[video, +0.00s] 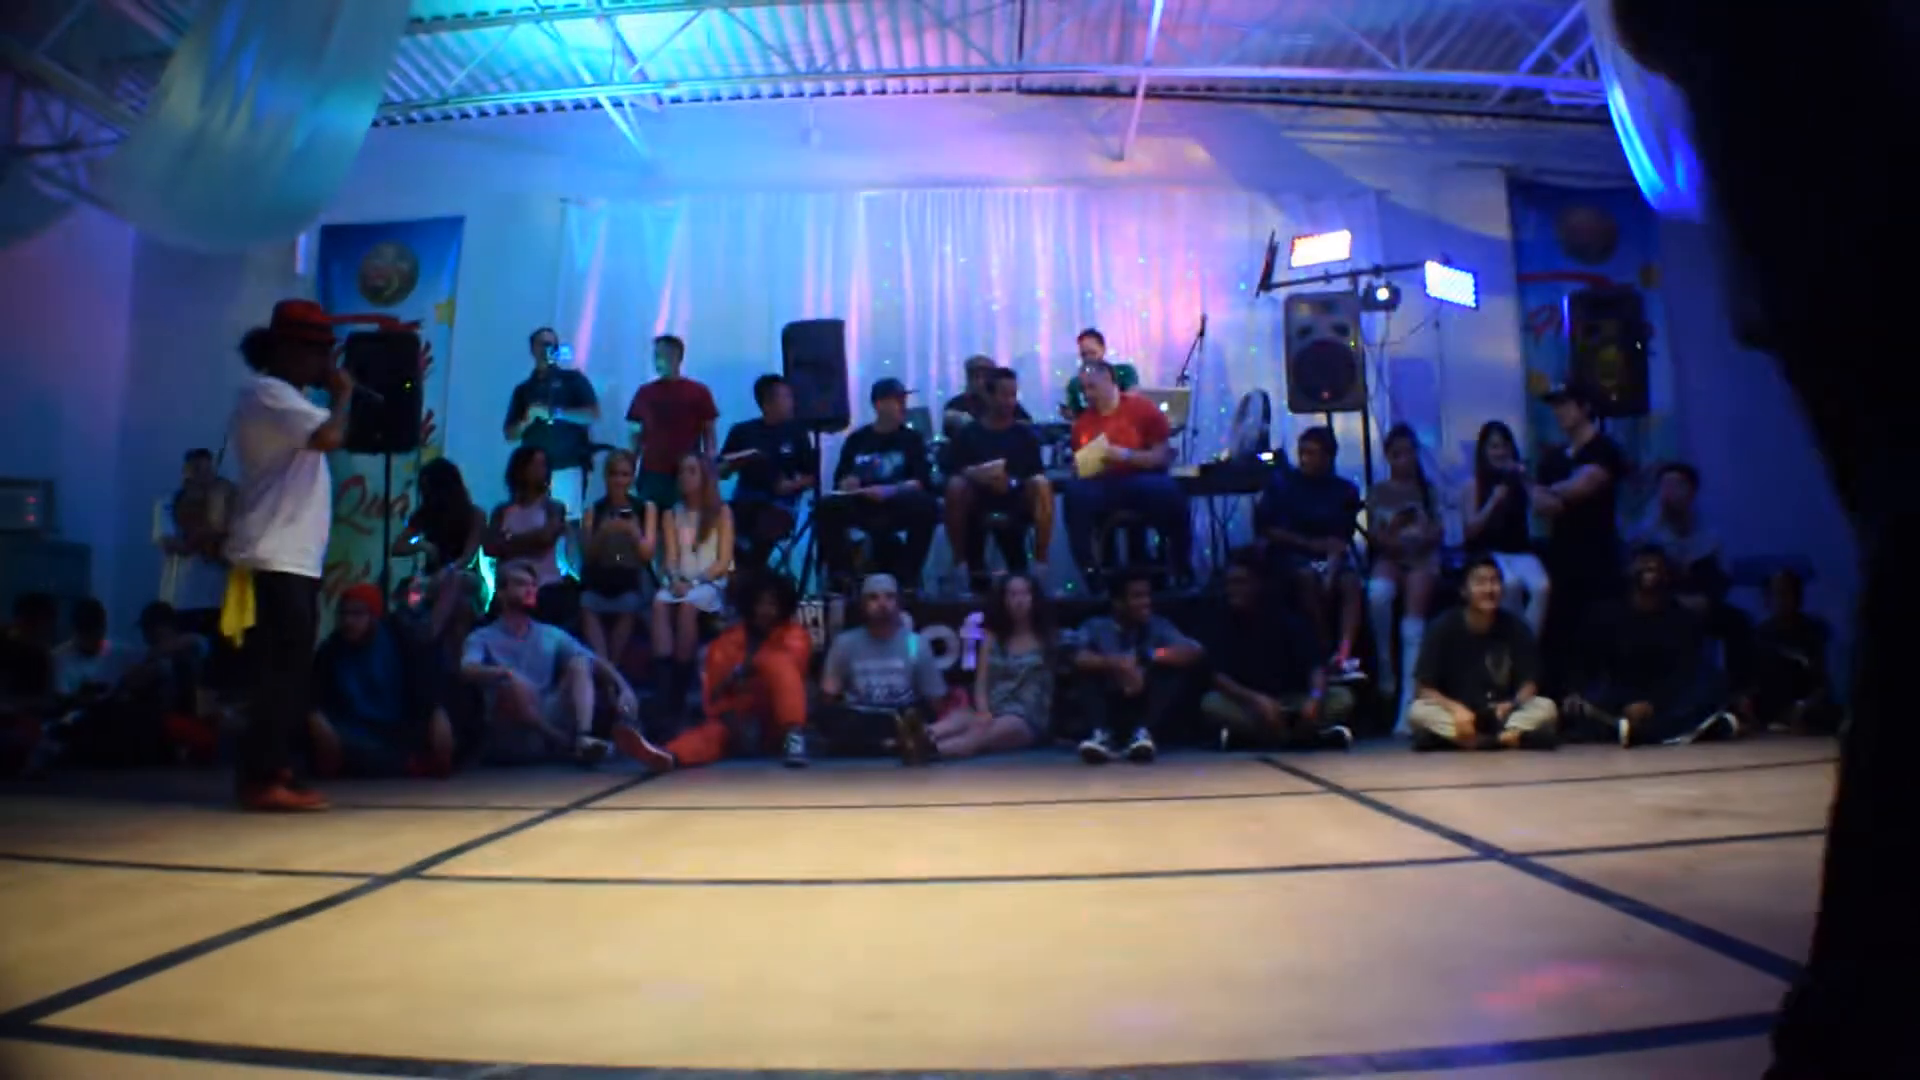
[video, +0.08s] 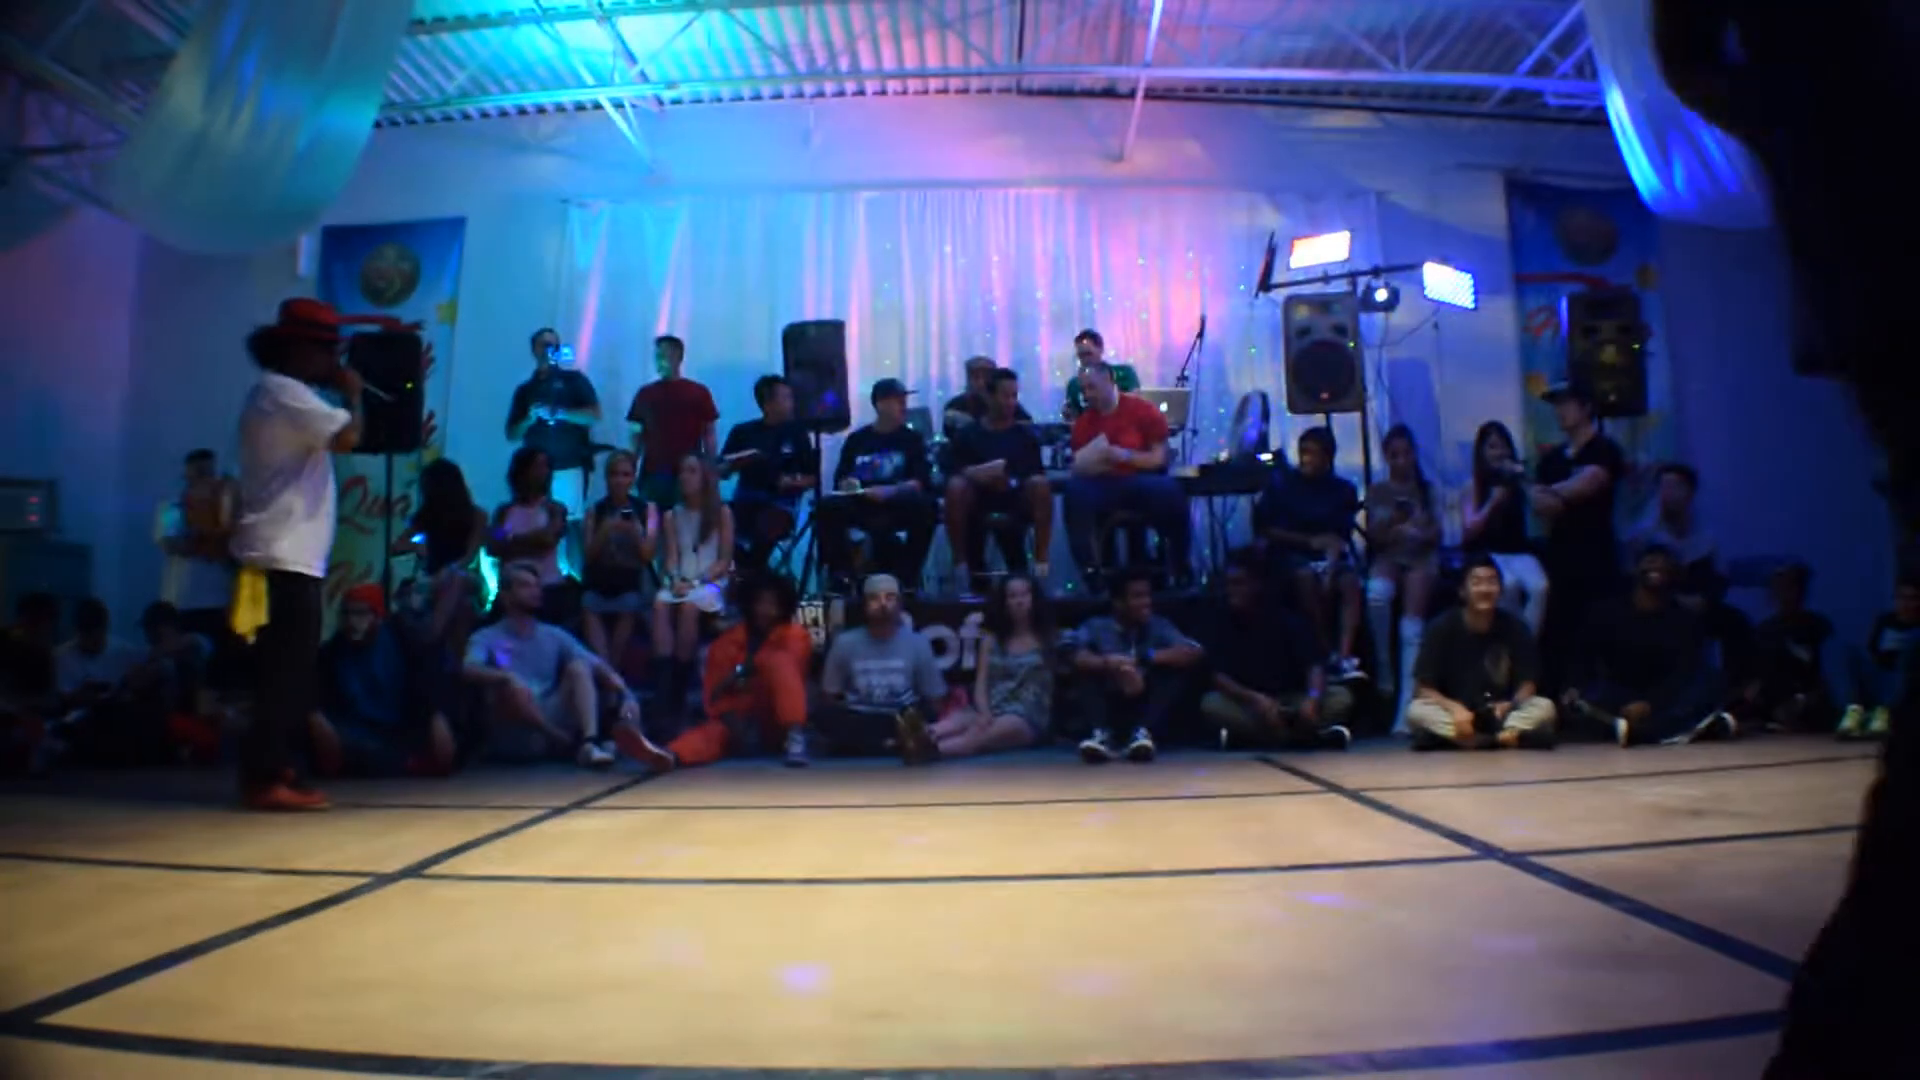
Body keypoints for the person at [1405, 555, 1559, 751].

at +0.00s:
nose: (1489, 589)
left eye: (1494, 581)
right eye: (1480, 582)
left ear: (1501, 587)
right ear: (1465, 590)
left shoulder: (1514, 626)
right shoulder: (1444, 628)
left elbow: (1530, 683)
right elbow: (1424, 688)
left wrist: (1512, 704)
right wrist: (1458, 711)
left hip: (1501, 704)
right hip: (1458, 706)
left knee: (1545, 707)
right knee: (1419, 711)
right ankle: (1508, 740)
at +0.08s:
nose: (1484, 589)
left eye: (1491, 582)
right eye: (1476, 582)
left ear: (1500, 589)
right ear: (1463, 591)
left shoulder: (1513, 627)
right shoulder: (1442, 628)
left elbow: (1528, 684)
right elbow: (1423, 688)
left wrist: (1510, 705)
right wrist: (1457, 710)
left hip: (1500, 704)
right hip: (1456, 706)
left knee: (1544, 707)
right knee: (1417, 710)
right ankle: (1503, 740)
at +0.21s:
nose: (1477, 590)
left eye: (1484, 583)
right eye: (1470, 584)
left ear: (1496, 590)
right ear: (1461, 589)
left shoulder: (1512, 628)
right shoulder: (1440, 628)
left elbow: (1525, 684)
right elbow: (1421, 688)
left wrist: (1508, 704)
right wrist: (1454, 710)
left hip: (1497, 704)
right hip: (1454, 704)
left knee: (1542, 706)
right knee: (1415, 709)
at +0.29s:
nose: (1476, 591)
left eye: (1484, 584)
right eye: (1470, 584)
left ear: (1496, 590)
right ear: (1460, 589)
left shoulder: (1512, 628)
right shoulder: (1440, 629)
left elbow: (1525, 683)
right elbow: (1421, 688)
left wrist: (1508, 703)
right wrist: (1455, 710)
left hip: (1497, 704)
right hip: (1454, 704)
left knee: (1541, 706)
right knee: (1415, 709)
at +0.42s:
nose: (1473, 592)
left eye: (1482, 584)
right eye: (1468, 585)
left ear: (1496, 589)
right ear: (1461, 590)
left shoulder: (1514, 628)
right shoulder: (1441, 628)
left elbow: (1527, 685)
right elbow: (1423, 689)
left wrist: (1508, 705)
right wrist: (1456, 711)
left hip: (1500, 704)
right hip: (1455, 705)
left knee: (1544, 707)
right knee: (1417, 710)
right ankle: (1504, 740)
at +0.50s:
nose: (1473, 592)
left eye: (1482, 585)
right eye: (1467, 585)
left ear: (1497, 590)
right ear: (1461, 590)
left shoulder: (1516, 627)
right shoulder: (1442, 628)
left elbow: (1529, 685)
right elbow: (1423, 688)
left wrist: (1509, 706)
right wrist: (1456, 710)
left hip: (1501, 705)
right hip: (1457, 706)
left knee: (1545, 707)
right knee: (1417, 711)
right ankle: (1506, 739)